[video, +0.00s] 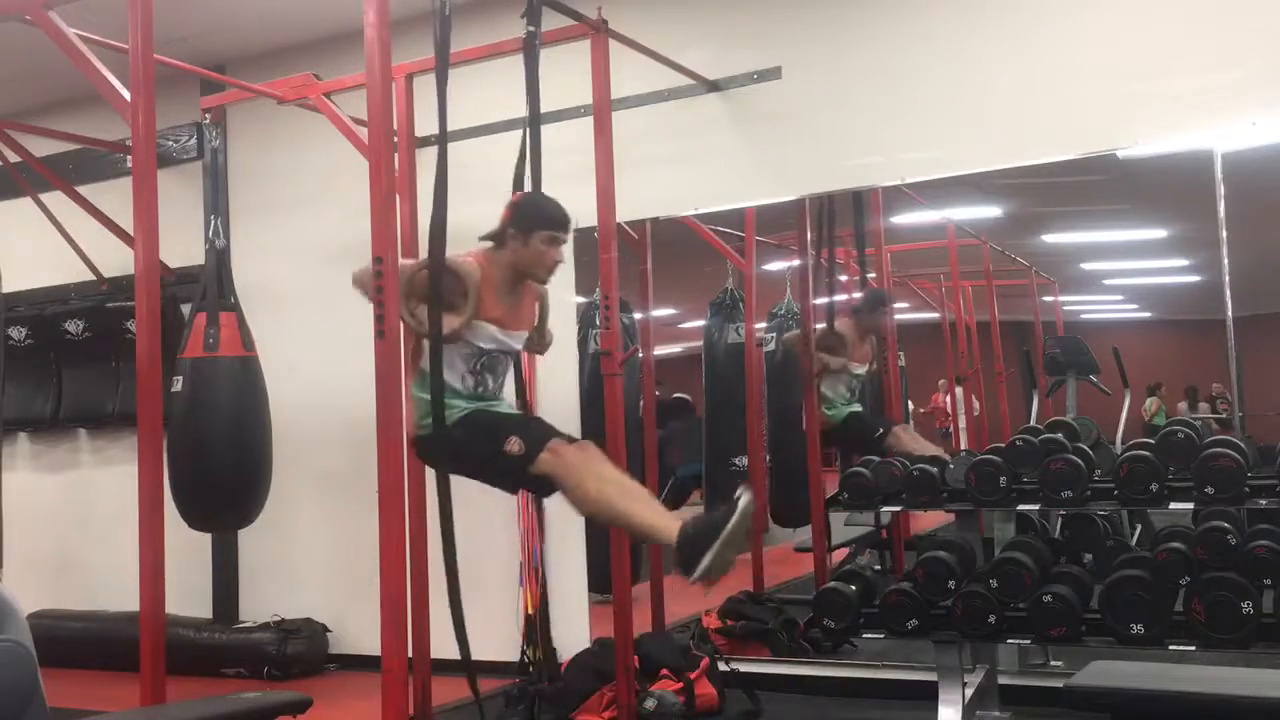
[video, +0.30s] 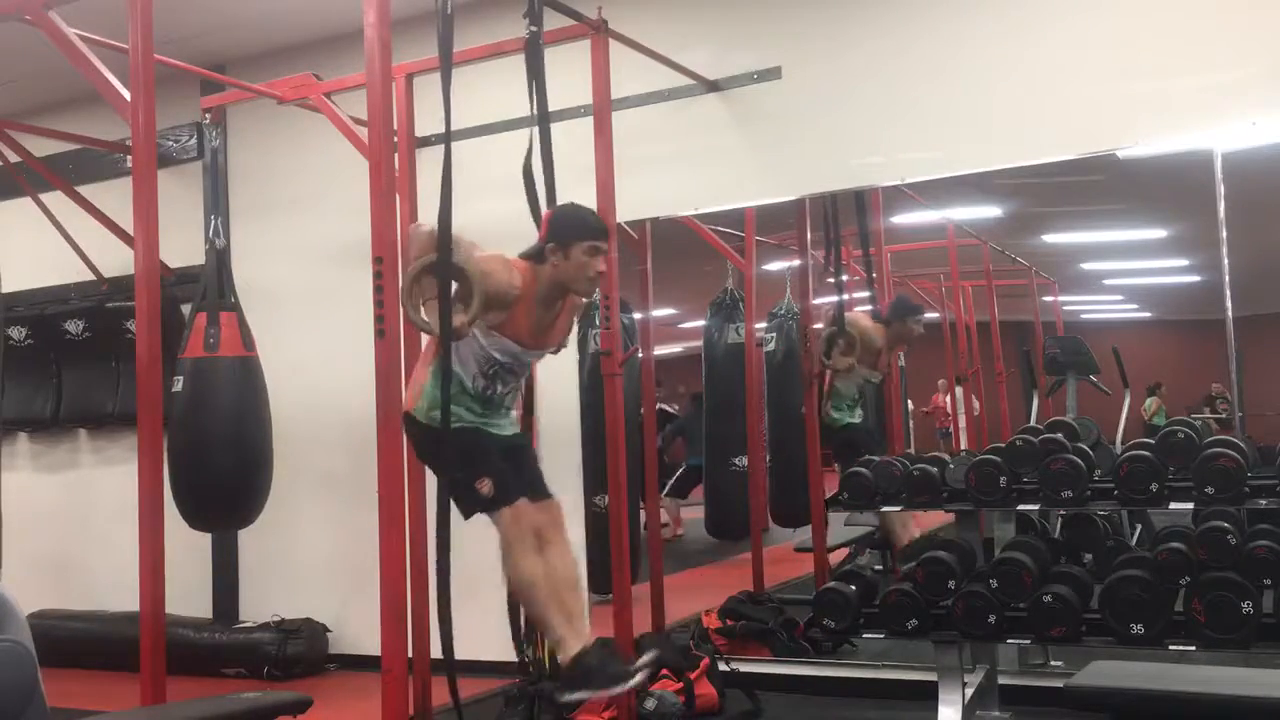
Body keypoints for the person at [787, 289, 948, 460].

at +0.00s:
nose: (888, 321)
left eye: (889, 315)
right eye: (885, 315)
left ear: (876, 314)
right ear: (869, 312)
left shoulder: (869, 342)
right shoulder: (840, 331)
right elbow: (789, 341)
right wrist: (826, 360)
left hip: (852, 411)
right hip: (828, 414)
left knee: (901, 431)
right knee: (892, 436)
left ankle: (950, 462)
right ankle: (949, 465)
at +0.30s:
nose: (920, 331)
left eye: (921, 324)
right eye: (916, 323)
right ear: (898, 321)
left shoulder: (885, 349)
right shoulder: (866, 330)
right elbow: (831, 316)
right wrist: (829, 358)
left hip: (856, 411)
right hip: (836, 412)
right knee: (878, 471)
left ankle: (909, 538)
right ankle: (904, 541)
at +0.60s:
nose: (916, 298)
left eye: (916, 293)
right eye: (913, 292)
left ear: (898, 292)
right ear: (898, 292)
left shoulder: (891, 321)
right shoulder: (876, 315)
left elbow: (890, 358)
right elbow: (830, 310)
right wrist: (822, 359)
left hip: (866, 401)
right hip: (850, 401)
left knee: (865, 466)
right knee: (856, 468)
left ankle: (862, 539)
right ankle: (856, 542)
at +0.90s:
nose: (898, 255)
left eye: (897, 249)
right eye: (894, 249)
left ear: (882, 251)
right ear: (878, 251)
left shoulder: (881, 285)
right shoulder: (862, 281)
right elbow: (829, 310)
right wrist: (830, 349)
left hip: (857, 376)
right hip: (840, 375)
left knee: (845, 449)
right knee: (849, 448)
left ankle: (832, 515)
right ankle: (823, 515)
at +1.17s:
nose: (891, 233)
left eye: (891, 225)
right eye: (887, 224)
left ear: (873, 223)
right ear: (872, 223)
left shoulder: (873, 259)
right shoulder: (853, 259)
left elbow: (868, 312)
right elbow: (834, 307)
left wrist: (875, 349)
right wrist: (830, 349)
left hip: (857, 356)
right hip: (842, 356)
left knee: (842, 428)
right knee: (835, 429)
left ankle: (833, 504)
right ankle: (824, 509)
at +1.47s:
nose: (882, 227)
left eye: (884, 219)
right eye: (878, 219)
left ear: (875, 221)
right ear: (862, 219)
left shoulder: (861, 254)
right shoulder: (847, 255)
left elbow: (857, 306)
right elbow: (833, 304)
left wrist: (870, 336)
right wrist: (830, 347)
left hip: (861, 349)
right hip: (845, 351)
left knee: (857, 422)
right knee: (842, 422)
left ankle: (857, 490)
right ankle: (840, 491)